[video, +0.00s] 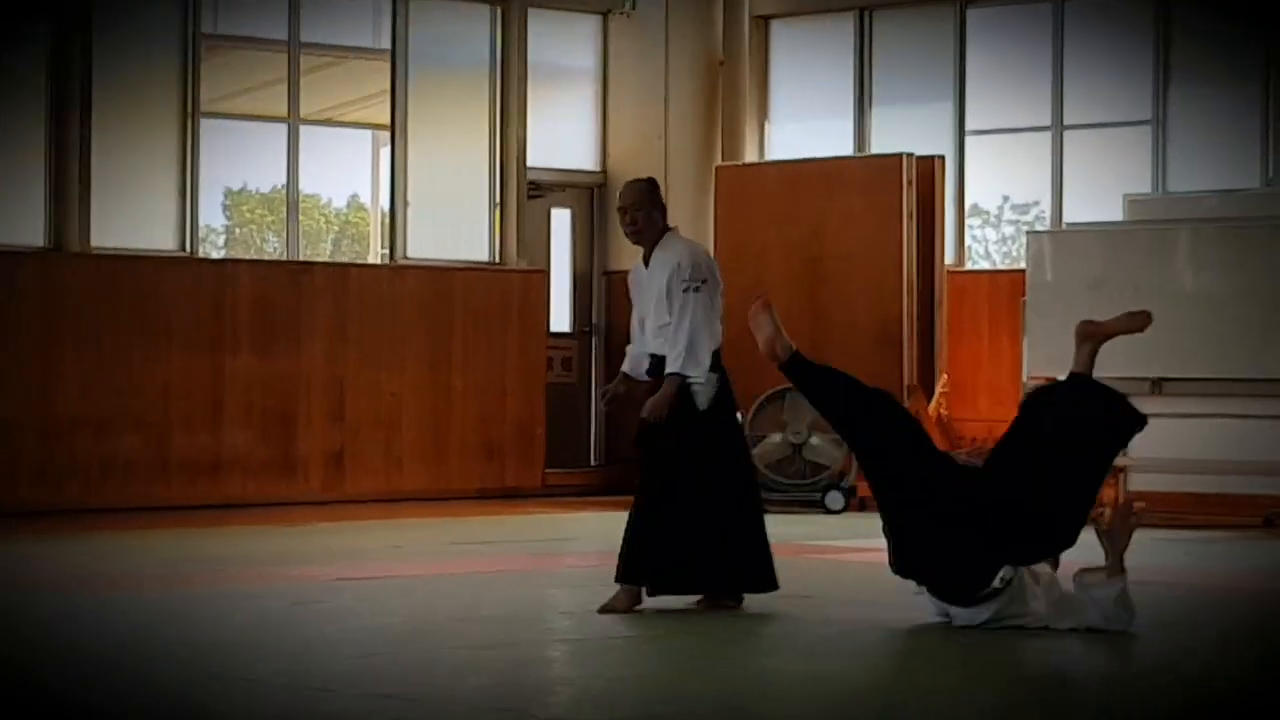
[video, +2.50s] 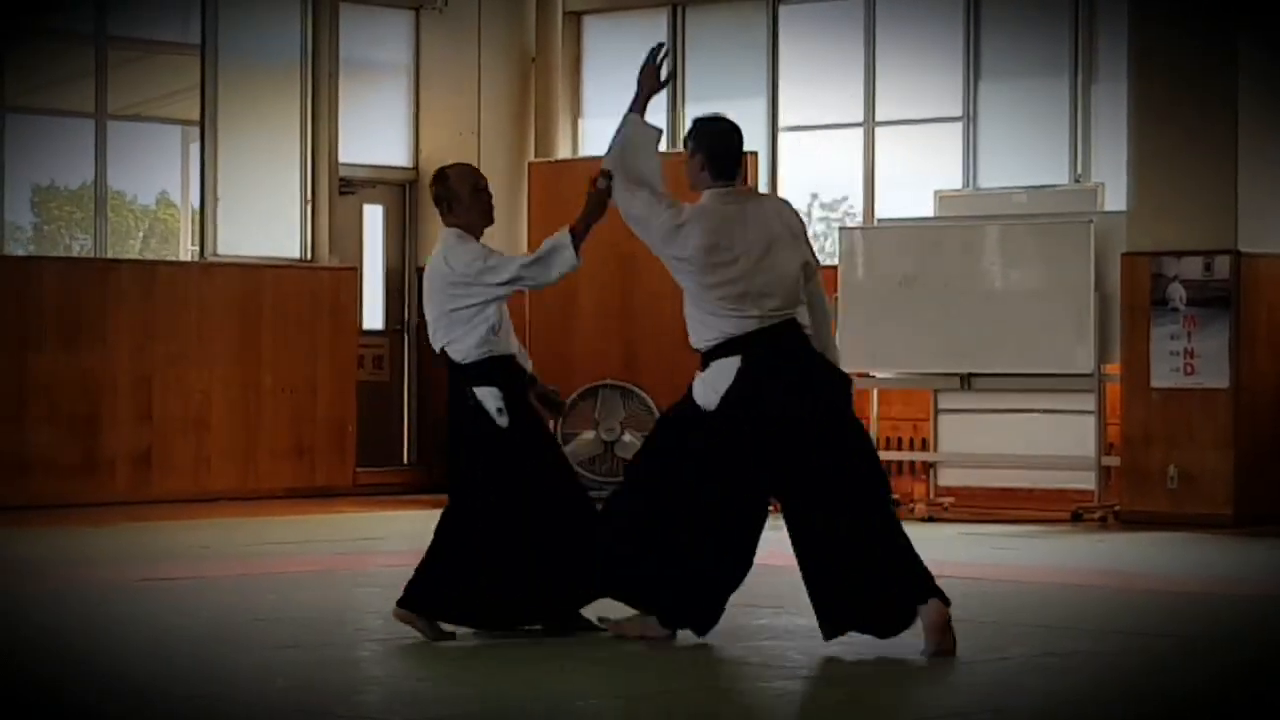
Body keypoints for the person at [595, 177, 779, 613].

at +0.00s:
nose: (629, 220)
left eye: (638, 211)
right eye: (623, 213)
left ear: (661, 212)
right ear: (619, 220)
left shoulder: (688, 258)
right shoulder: (639, 272)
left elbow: (695, 332)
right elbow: (642, 336)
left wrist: (668, 389)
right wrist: (624, 379)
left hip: (697, 385)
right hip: (665, 387)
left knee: (652, 486)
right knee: (710, 488)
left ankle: (630, 584)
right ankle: (725, 586)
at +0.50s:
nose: (470, 196)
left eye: (478, 189)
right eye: (462, 187)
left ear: (490, 195)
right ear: (445, 193)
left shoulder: (498, 253)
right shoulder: (423, 247)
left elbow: (501, 327)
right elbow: (405, 309)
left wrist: (480, 385)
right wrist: (397, 368)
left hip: (471, 372)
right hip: (424, 368)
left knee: (460, 479)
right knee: (418, 474)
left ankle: (450, 586)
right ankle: (419, 578)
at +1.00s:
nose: (469, 193)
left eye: (471, 184)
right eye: (458, 186)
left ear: (475, 188)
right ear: (431, 193)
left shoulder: (490, 248)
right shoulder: (408, 251)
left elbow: (516, 318)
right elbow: (385, 322)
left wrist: (529, 384)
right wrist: (364, 391)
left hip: (479, 372)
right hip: (429, 372)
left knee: (469, 481)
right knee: (430, 480)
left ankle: (441, 589)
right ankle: (433, 595)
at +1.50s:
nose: (494, 193)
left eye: (496, 184)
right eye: (483, 184)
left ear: (495, 189)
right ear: (454, 190)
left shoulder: (500, 247)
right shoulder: (434, 248)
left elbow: (516, 318)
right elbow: (436, 326)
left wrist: (528, 382)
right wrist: (467, 389)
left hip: (502, 373)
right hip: (452, 375)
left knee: (505, 483)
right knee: (452, 485)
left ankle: (502, 595)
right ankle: (448, 597)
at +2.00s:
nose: (524, 190)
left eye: (525, 182)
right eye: (513, 183)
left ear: (526, 189)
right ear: (484, 192)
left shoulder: (532, 252)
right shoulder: (468, 256)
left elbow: (551, 321)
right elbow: (466, 332)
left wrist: (559, 391)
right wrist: (483, 404)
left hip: (537, 378)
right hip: (496, 380)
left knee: (550, 488)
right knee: (497, 490)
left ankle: (553, 604)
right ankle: (489, 599)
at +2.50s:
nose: (491, 198)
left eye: (488, 190)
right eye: (479, 192)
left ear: (457, 207)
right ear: (452, 204)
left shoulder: (452, 256)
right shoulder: (463, 257)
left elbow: (488, 338)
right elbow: (532, 268)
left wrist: (531, 385)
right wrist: (589, 217)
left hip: (480, 387)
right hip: (486, 390)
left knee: (478, 498)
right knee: (555, 490)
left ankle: (423, 600)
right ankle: (556, 606)